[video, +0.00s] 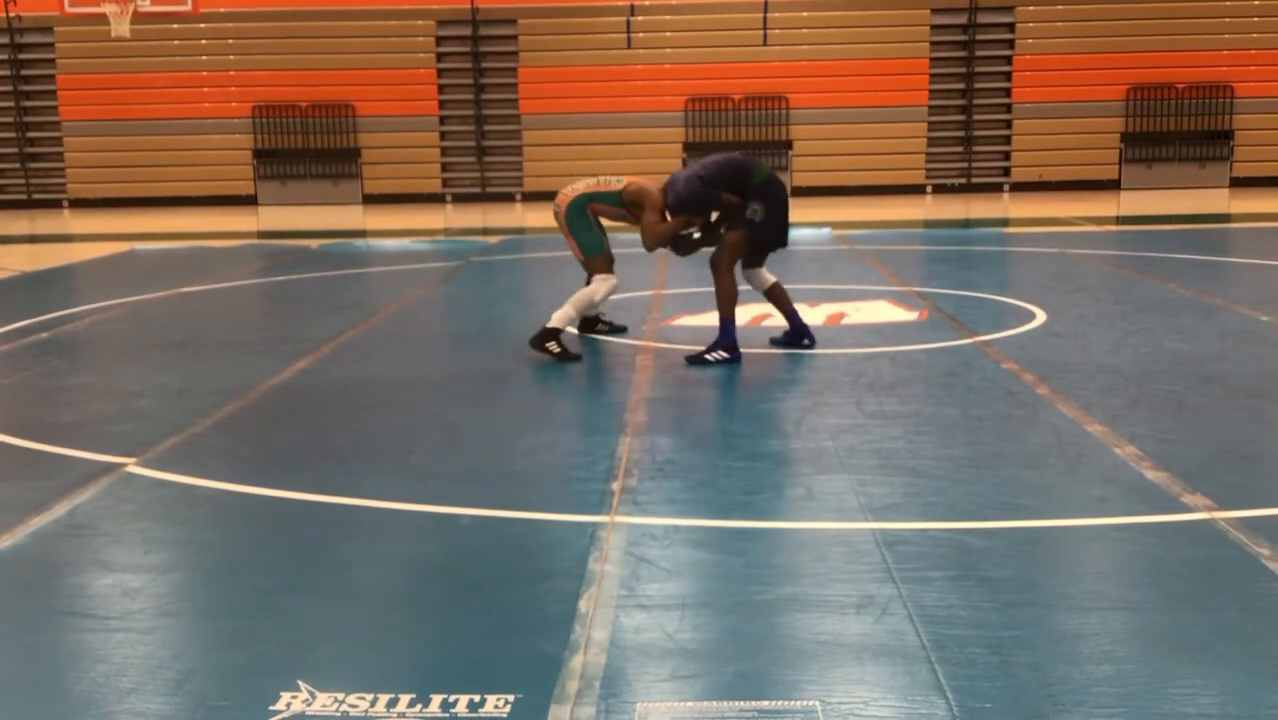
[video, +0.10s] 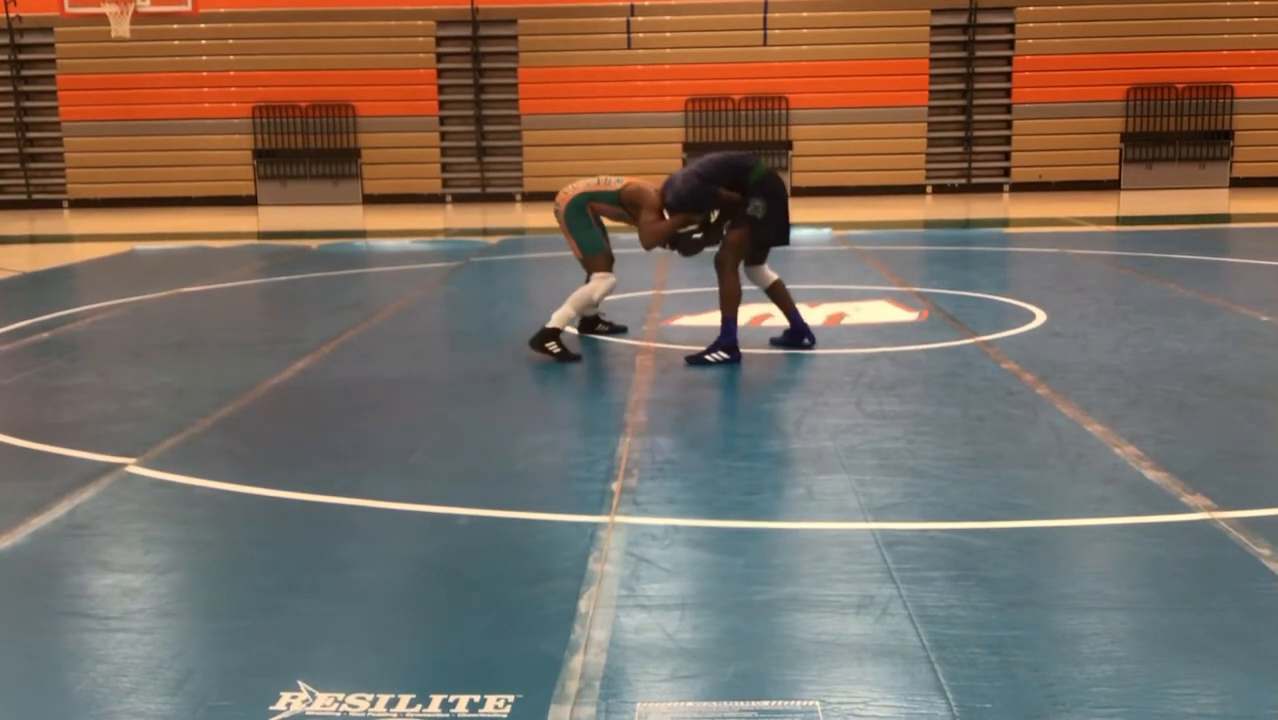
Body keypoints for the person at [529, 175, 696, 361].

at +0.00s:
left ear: (671, 190)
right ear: (678, 197)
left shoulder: (655, 200)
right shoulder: (651, 197)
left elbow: (679, 247)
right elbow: (651, 241)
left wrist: (704, 236)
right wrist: (685, 221)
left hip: (580, 206)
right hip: (573, 208)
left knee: (603, 266)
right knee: (605, 281)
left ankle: (589, 320)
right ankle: (548, 335)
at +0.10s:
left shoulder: (653, 199)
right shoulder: (651, 198)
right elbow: (648, 240)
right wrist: (683, 219)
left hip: (583, 205)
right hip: (573, 206)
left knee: (603, 264)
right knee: (604, 279)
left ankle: (589, 320)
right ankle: (548, 334)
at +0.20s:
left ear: (668, 188)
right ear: (674, 199)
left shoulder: (651, 194)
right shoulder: (647, 194)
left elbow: (643, 230)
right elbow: (640, 235)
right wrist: (678, 216)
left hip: (583, 205)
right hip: (574, 206)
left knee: (604, 262)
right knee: (602, 280)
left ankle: (590, 319)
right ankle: (547, 335)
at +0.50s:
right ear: (676, 179)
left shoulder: (652, 187)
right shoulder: (651, 187)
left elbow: (649, 228)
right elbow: (646, 232)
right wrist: (681, 211)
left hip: (582, 206)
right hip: (576, 208)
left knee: (606, 264)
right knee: (605, 282)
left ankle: (590, 319)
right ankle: (548, 335)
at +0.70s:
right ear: (683, 178)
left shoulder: (659, 185)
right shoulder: (660, 187)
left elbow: (670, 231)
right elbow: (666, 232)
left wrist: (707, 224)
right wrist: (698, 208)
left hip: (574, 200)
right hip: (578, 206)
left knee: (594, 266)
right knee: (607, 285)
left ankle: (579, 319)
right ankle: (548, 335)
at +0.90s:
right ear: (694, 198)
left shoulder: (661, 193)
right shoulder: (670, 200)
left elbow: (681, 246)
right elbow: (682, 253)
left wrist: (703, 223)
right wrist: (709, 222)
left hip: (577, 217)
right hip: (596, 222)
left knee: (603, 267)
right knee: (653, 273)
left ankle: (580, 316)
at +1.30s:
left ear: (679, 182)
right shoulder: (672, 196)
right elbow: (679, 235)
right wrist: (707, 213)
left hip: (578, 223)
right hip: (599, 227)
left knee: (610, 267)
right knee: (658, 276)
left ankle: (576, 322)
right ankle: (645, 347)